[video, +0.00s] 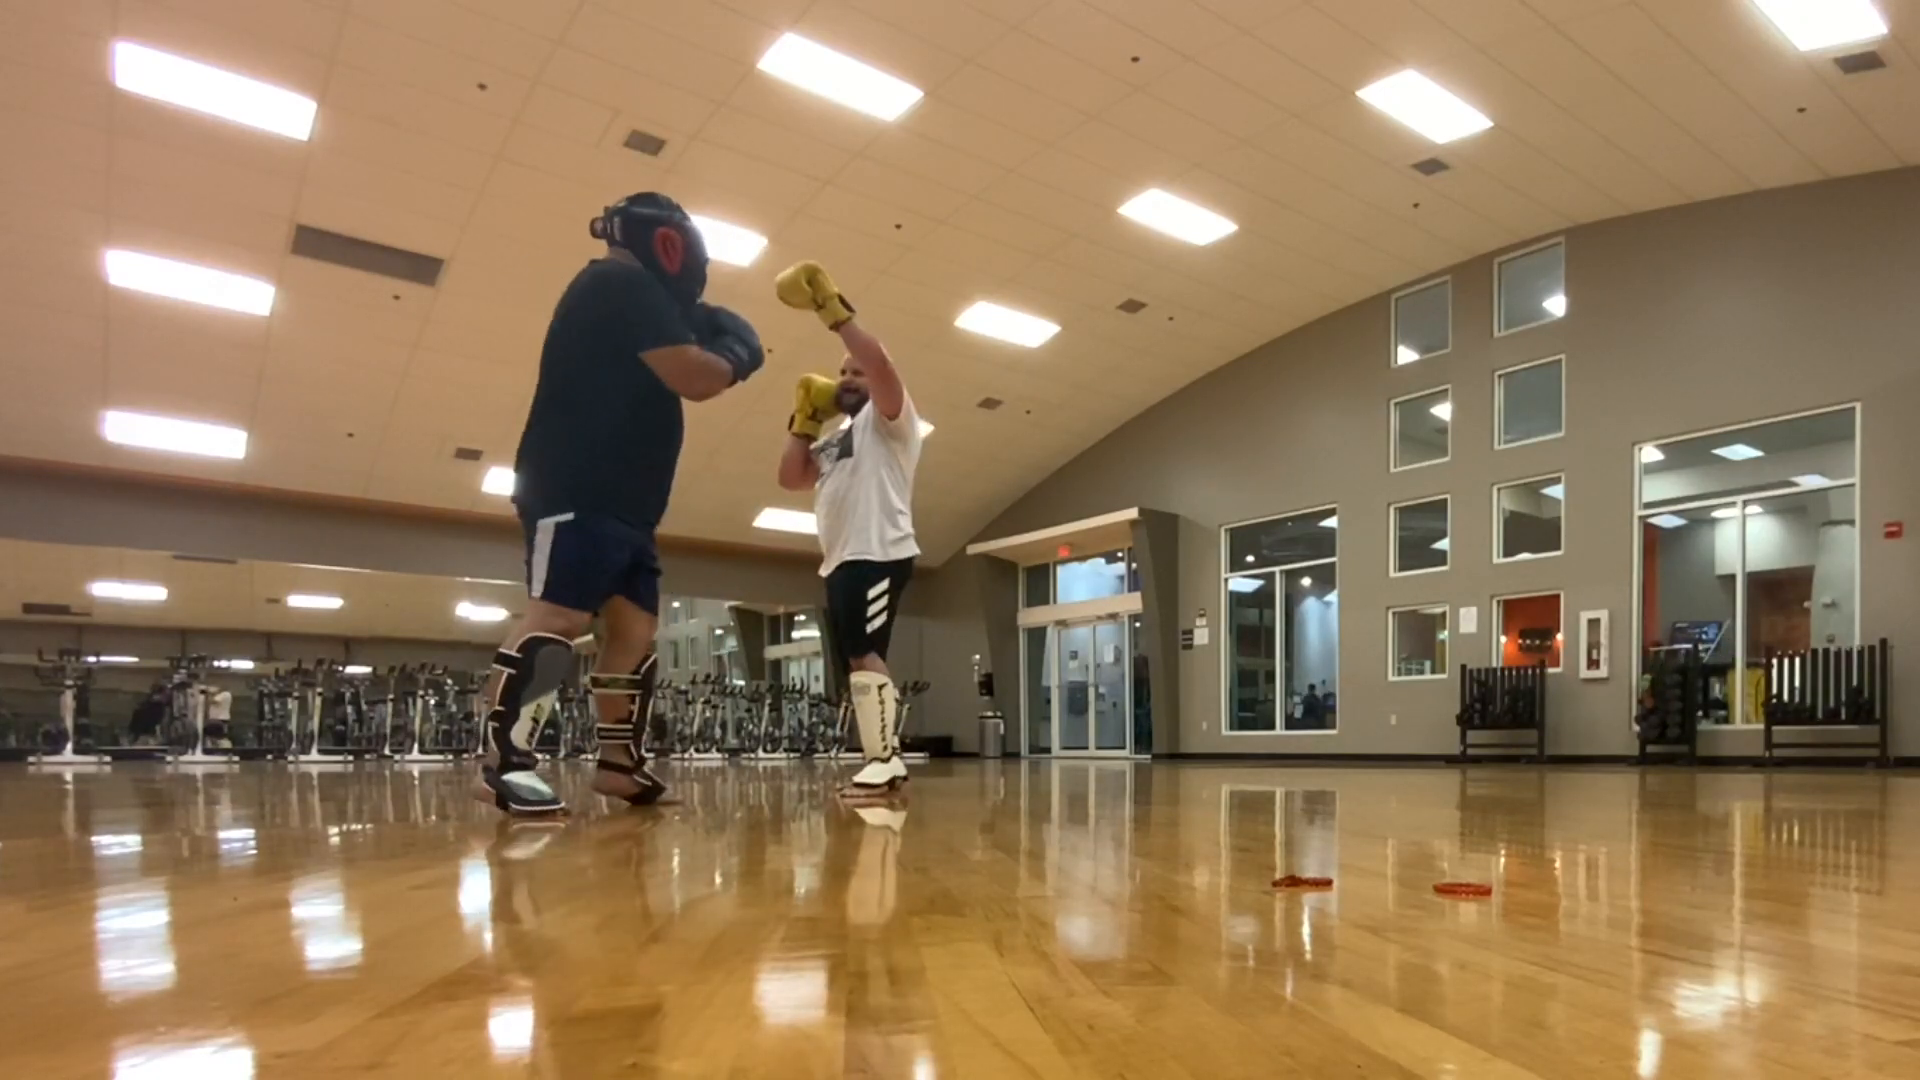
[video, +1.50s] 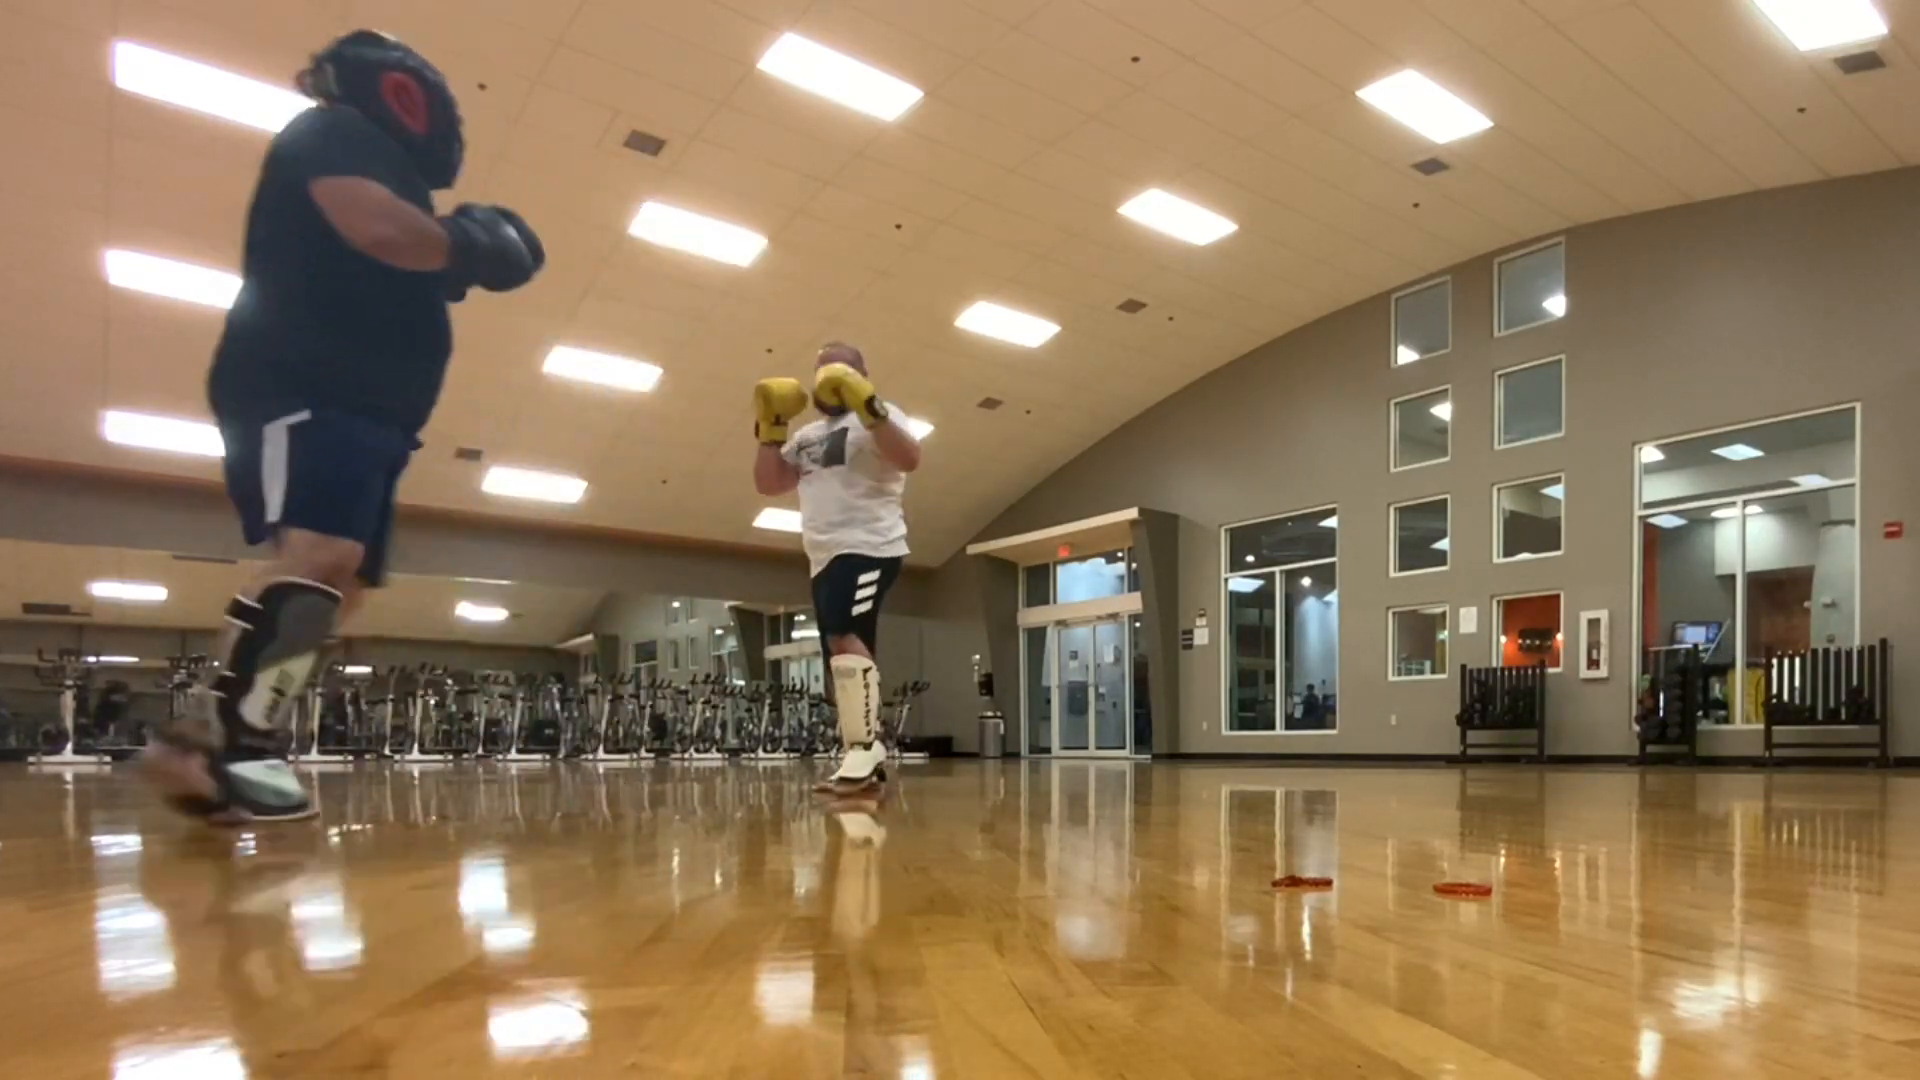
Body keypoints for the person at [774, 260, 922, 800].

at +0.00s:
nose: (848, 381)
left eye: (859, 375)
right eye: (844, 374)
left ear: (877, 384)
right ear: (836, 386)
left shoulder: (890, 422)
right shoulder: (835, 441)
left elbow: (879, 366)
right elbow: (791, 478)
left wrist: (836, 315)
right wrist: (804, 423)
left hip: (878, 548)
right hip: (842, 556)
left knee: (863, 657)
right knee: (856, 662)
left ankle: (882, 762)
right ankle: (880, 760)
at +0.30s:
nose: (841, 384)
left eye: (851, 378)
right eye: (837, 378)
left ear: (869, 386)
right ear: (830, 390)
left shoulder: (883, 424)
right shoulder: (829, 444)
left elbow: (867, 367)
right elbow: (786, 480)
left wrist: (825, 317)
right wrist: (798, 426)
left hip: (877, 549)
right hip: (838, 559)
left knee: (866, 654)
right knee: (856, 661)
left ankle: (882, 761)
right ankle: (882, 760)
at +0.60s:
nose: (834, 376)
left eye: (844, 370)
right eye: (830, 370)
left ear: (861, 379)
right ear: (824, 383)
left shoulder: (875, 422)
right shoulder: (821, 443)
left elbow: (860, 361)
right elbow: (786, 480)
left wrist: (824, 306)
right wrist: (793, 425)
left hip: (871, 546)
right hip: (838, 555)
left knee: (855, 651)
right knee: (857, 658)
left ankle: (880, 754)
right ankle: (879, 755)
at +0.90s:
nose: (822, 364)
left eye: (832, 355)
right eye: (822, 356)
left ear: (855, 361)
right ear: (825, 369)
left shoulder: (864, 399)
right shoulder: (825, 427)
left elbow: (822, 342)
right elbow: (791, 475)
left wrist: (773, 274)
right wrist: (793, 418)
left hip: (867, 541)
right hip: (839, 549)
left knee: (857, 650)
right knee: (850, 652)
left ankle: (882, 757)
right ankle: (879, 756)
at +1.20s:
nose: (822, 377)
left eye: (832, 368)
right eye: (818, 369)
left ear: (858, 370)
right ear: (819, 378)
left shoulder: (873, 402)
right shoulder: (824, 434)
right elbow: (789, 484)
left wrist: (812, 372)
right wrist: (785, 428)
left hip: (868, 548)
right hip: (832, 555)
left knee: (867, 656)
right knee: (838, 664)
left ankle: (884, 761)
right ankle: (855, 760)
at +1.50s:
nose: (832, 372)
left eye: (842, 365)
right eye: (825, 364)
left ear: (861, 375)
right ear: (815, 378)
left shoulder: (879, 416)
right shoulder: (806, 435)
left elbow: (909, 459)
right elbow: (770, 484)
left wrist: (870, 410)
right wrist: (769, 432)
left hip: (870, 544)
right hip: (826, 552)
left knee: (844, 637)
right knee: (847, 649)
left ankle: (859, 749)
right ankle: (866, 750)